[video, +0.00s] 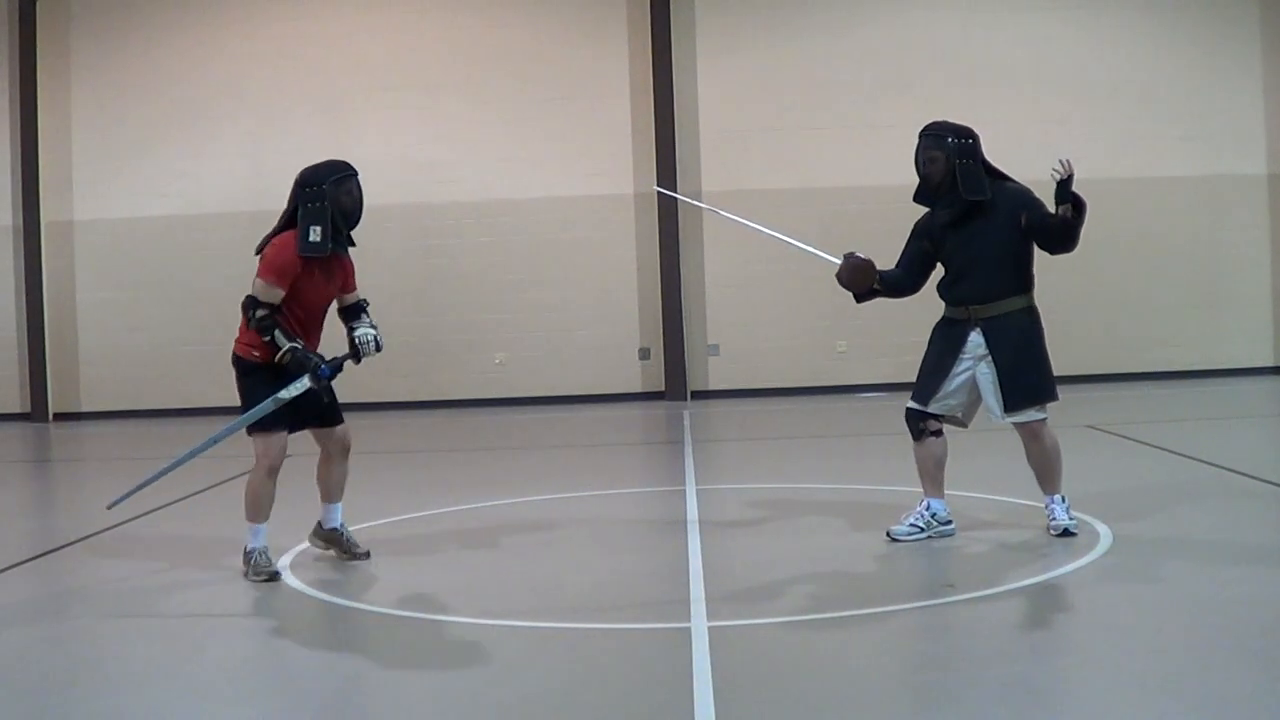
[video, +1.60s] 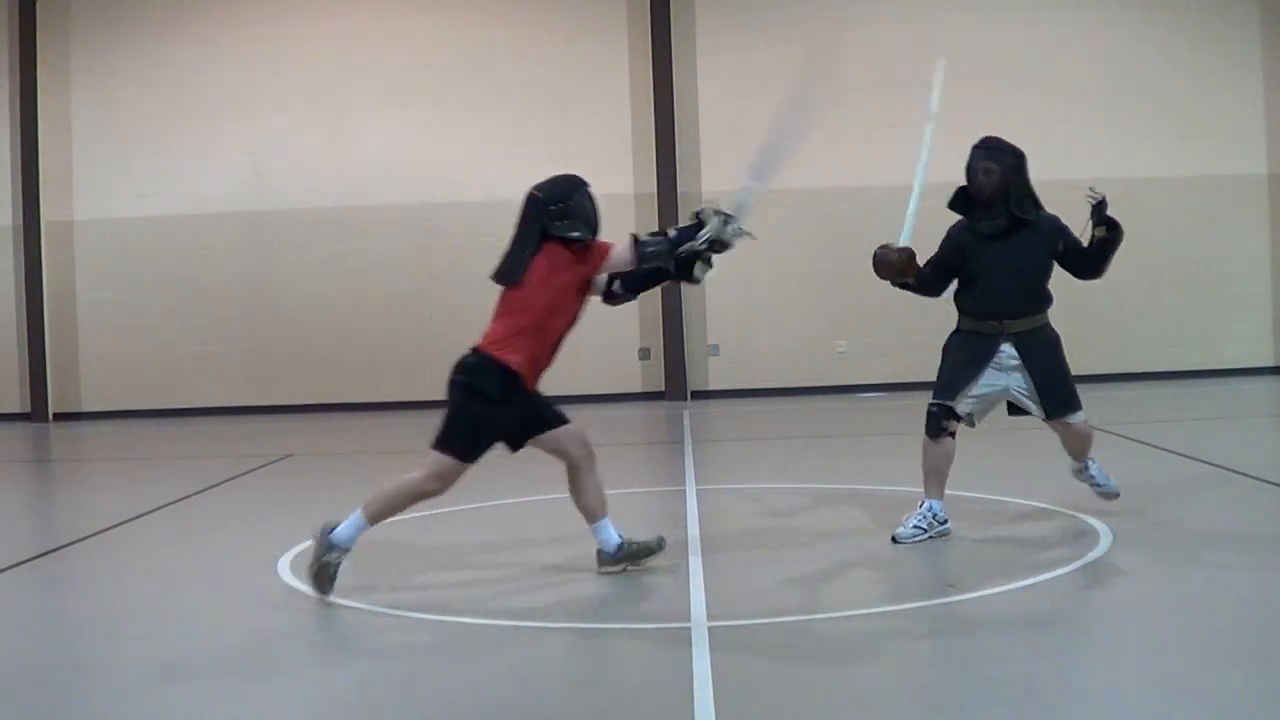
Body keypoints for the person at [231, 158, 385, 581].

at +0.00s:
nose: (354, 205)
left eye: (355, 196)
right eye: (346, 196)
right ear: (319, 201)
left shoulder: (338, 252)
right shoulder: (285, 249)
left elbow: (349, 301)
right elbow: (258, 313)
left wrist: (360, 324)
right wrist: (293, 353)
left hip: (303, 361)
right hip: (260, 362)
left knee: (337, 442)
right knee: (270, 456)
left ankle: (330, 526)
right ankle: (256, 549)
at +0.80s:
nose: (423, 199)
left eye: (421, 189)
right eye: (414, 190)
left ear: (393, 197)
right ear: (388, 195)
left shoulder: (395, 256)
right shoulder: (350, 245)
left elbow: (399, 318)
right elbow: (326, 316)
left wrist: (420, 350)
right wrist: (365, 364)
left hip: (350, 367)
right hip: (304, 365)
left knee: (382, 458)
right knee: (318, 462)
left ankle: (387, 558)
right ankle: (287, 551)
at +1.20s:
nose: (453, 201)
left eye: (451, 192)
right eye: (446, 193)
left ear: (412, 201)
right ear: (425, 201)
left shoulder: (417, 250)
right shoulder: (394, 254)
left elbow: (437, 291)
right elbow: (372, 330)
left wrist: (467, 312)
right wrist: (422, 361)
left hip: (371, 374)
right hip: (333, 373)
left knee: (427, 445)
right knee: (352, 481)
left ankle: (459, 544)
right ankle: (299, 571)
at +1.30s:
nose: (471, 213)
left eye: (470, 204)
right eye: (464, 205)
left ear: (429, 214)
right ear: (445, 215)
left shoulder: (435, 257)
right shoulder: (416, 271)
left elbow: (468, 280)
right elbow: (408, 349)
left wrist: (498, 295)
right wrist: (465, 358)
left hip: (390, 377)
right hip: (352, 379)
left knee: (456, 435)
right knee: (369, 489)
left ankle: (517, 520)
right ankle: (298, 566)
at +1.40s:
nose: (503, 221)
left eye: (500, 212)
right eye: (495, 213)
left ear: (460, 224)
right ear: (473, 224)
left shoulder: (464, 265)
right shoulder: (442, 279)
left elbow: (516, 289)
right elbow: (482, 351)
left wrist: (542, 280)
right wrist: (533, 321)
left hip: (416, 389)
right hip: (380, 391)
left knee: (495, 431)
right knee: (374, 499)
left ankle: (566, 508)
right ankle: (302, 570)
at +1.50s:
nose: (544, 217)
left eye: (541, 208)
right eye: (538, 208)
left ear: (503, 218)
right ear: (519, 216)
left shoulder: (506, 260)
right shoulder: (495, 262)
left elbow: (561, 303)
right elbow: (565, 302)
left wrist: (606, 274)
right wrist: (613, 271)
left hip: (465, 390)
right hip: (426, 388)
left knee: (538, 444)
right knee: (383, 482)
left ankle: (591, 531)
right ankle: (309, 564)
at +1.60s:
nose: (591, 215)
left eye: (585, 207)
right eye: (583, 207)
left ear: (546, 220)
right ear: (572, 217)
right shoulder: (576, 258)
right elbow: (643, 251)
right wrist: (697, 233)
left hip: (494, 383)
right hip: (491, 383)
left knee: (579, 451)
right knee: (433, 480)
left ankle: (610, 546)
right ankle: (338, 538)